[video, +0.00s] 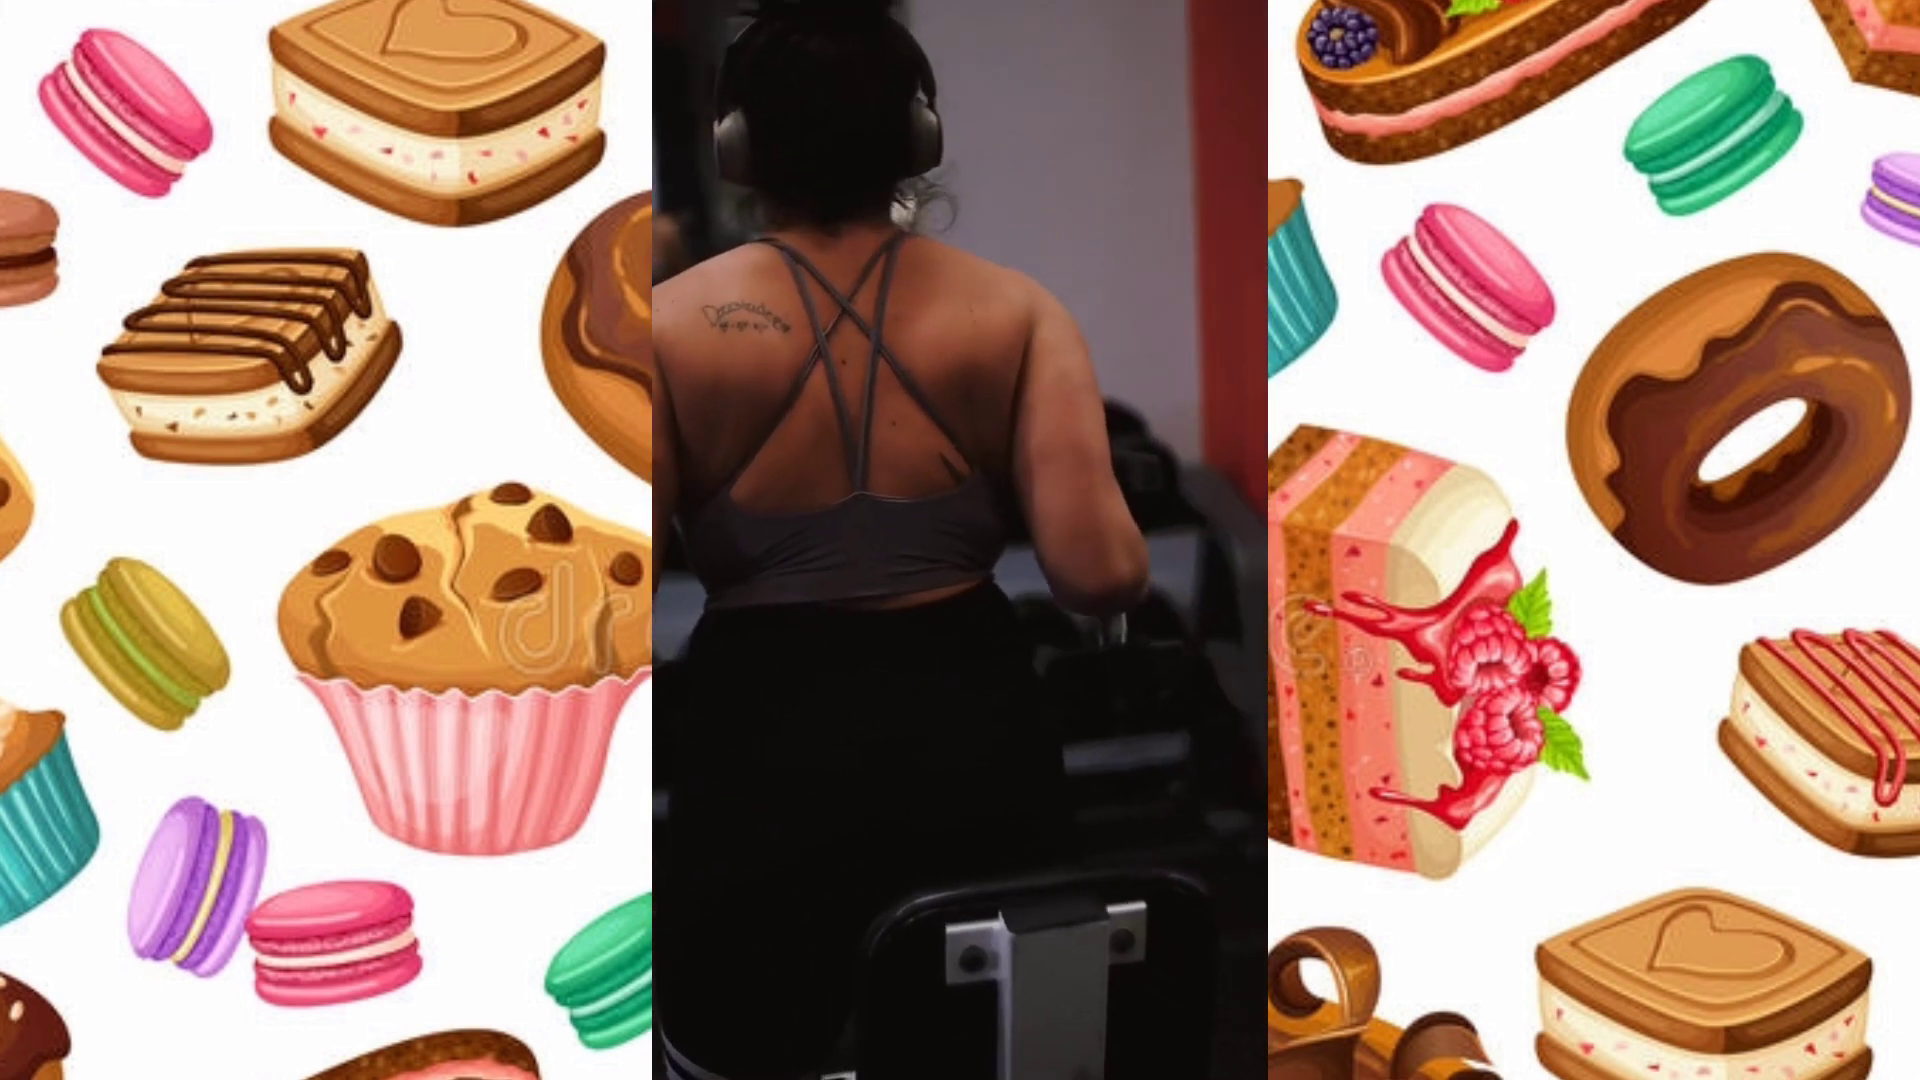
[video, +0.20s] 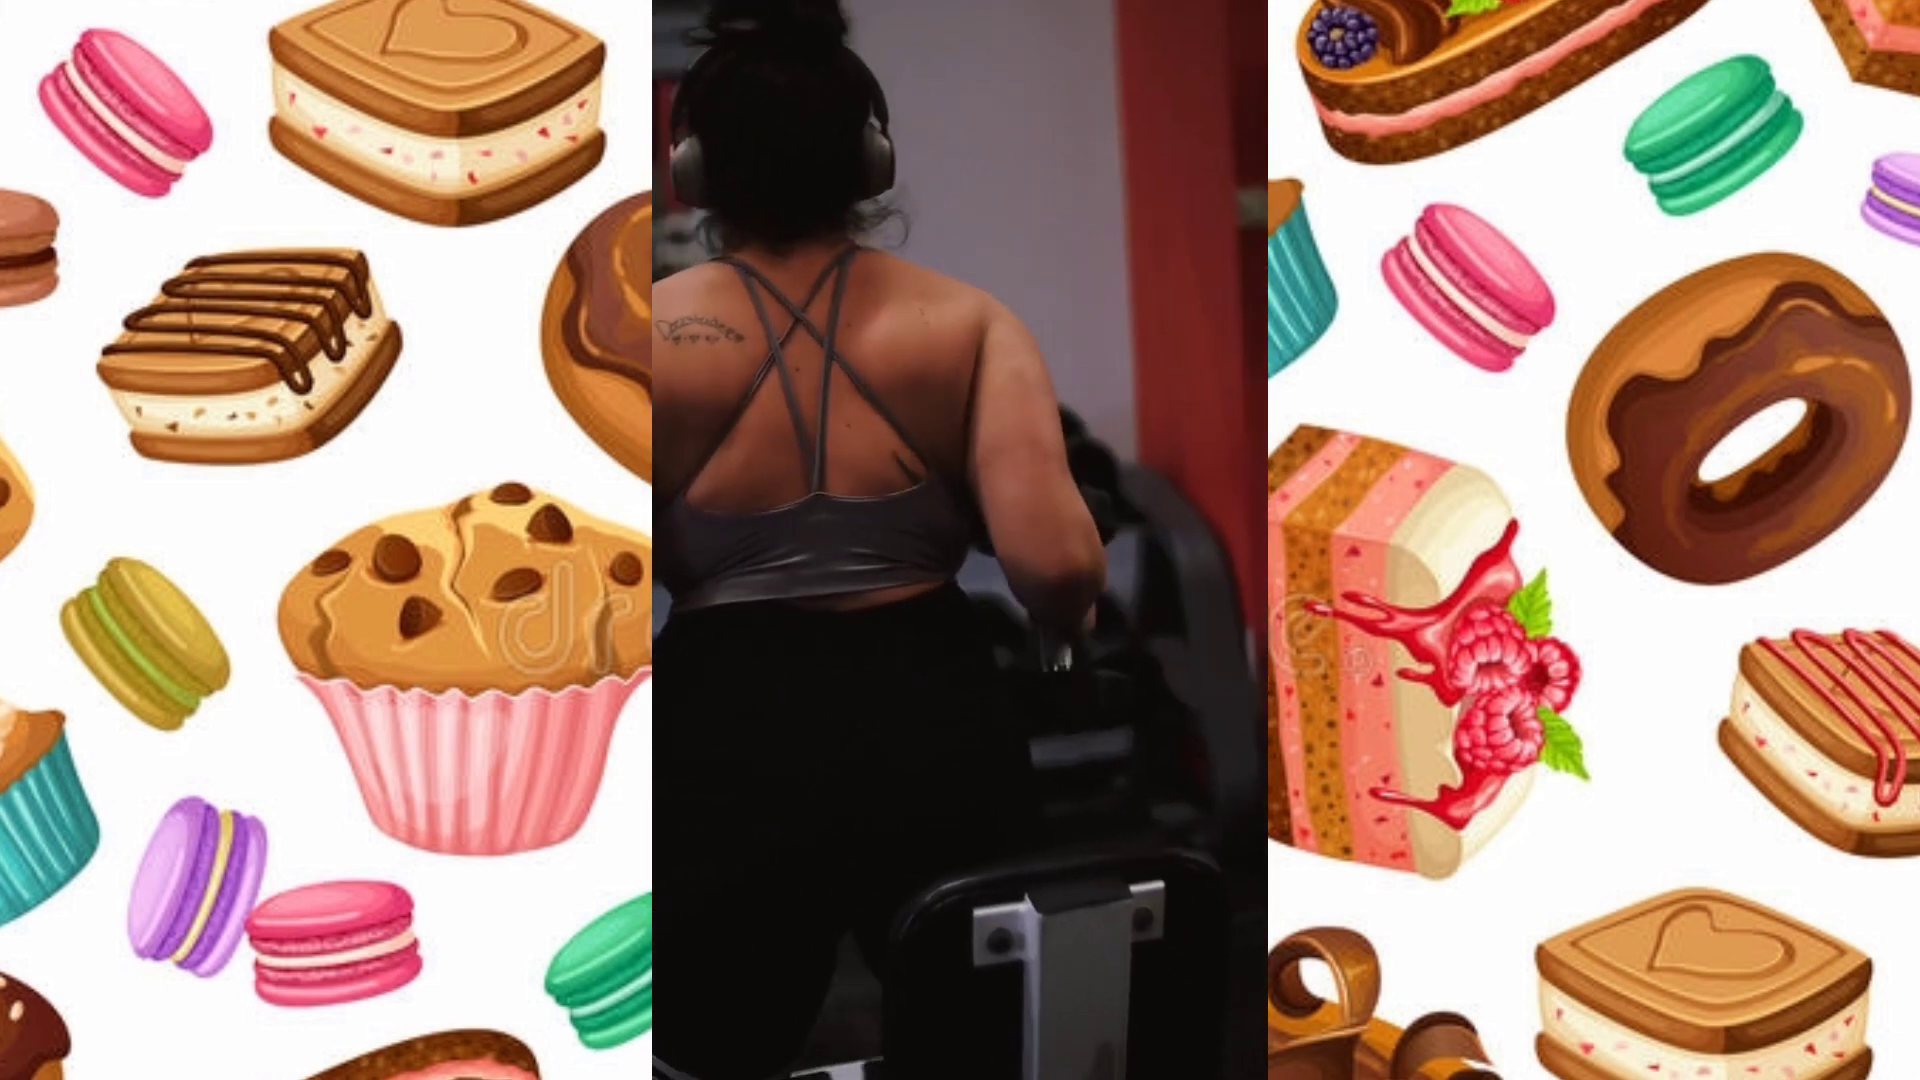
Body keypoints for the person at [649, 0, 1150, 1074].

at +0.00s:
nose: (719, 145)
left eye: (728, 124)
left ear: (740, 147)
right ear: (917, 139)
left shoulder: (672, 326)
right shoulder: (1016, 315)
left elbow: (620, 559)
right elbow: (1097, 568)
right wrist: (1122, 528)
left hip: (756, 741)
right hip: (966, 729)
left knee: (750, 1044)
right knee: (960, 1041)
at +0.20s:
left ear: (708, 175)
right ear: (867, 162)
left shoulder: (648, 337)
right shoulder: (969, 328)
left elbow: (584, 555)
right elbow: (1053, 559)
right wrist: (1074, 611)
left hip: (725, 734)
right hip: (930, 719)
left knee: (720, 1044)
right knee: (957, 1038)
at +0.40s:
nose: (765, 231)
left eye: (770, 215)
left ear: (780, 238)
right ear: (945, 228)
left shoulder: (711, 414)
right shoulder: (1047, 382)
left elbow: (687, 681)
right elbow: (1154, 608)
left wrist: (774, 618)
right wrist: (1077, 627)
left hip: (848, 806)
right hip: (1053, 780)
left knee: (761, 1051)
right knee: (1042, 1052)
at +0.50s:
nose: (821, 299)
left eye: (829, 282)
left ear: (841, 310)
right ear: (1003, 303)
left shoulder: (776, 492)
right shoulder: (1101, 457)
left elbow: (755, 752)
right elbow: (1211, 683)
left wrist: (696, 735)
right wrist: (1123, 681)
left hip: (908, 919)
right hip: (1113, 902)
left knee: (781, 1047)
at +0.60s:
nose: (862, 399)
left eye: (867, 383)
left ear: (882, 407)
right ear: (1053, 400)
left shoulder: (817, 580)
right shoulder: (1142, 548)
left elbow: (800, 837)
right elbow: (1245, 774)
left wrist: (749, 813)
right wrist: (1154, 759)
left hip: (938, 1000)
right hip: (1142, 988)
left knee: (800, 1057)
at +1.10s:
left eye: (941, 408)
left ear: (957, 433)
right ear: (1143, 420)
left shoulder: (881, 620)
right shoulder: (1232, 579)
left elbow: (841, 896)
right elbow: (1284, 816)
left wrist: (814, 811)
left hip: (965, 1014)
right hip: (1188, 992)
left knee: (800, 915)